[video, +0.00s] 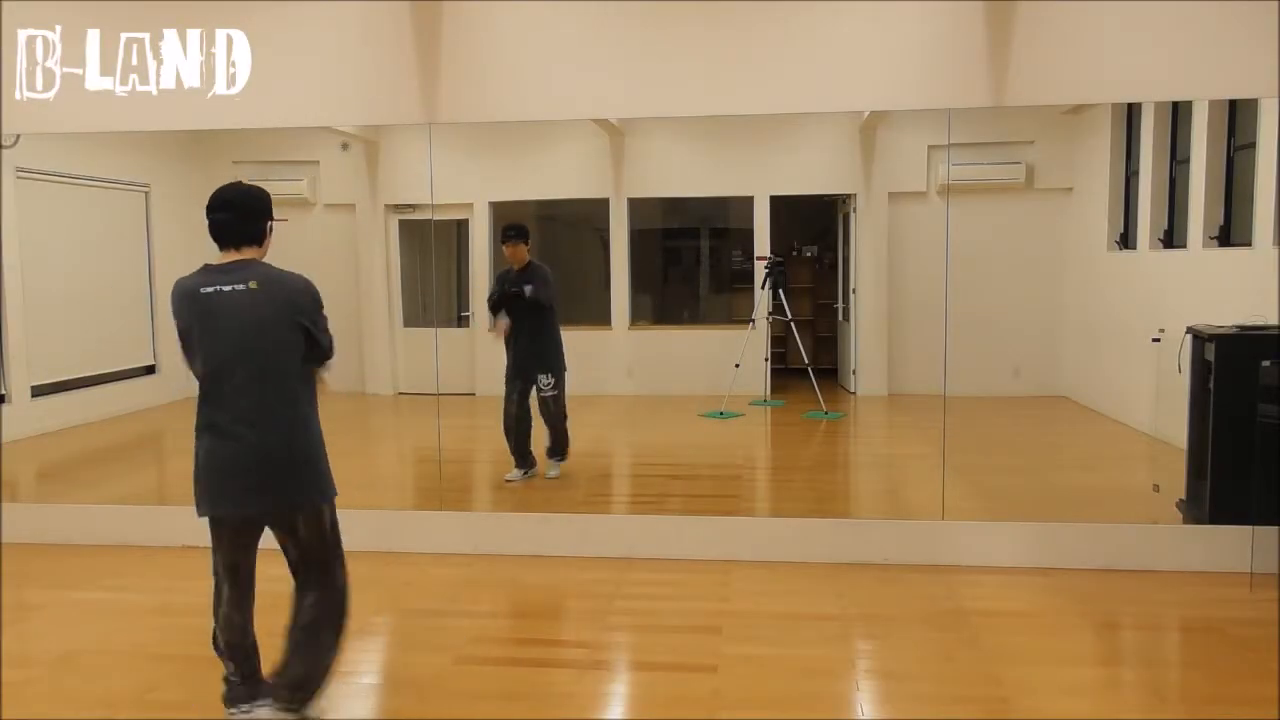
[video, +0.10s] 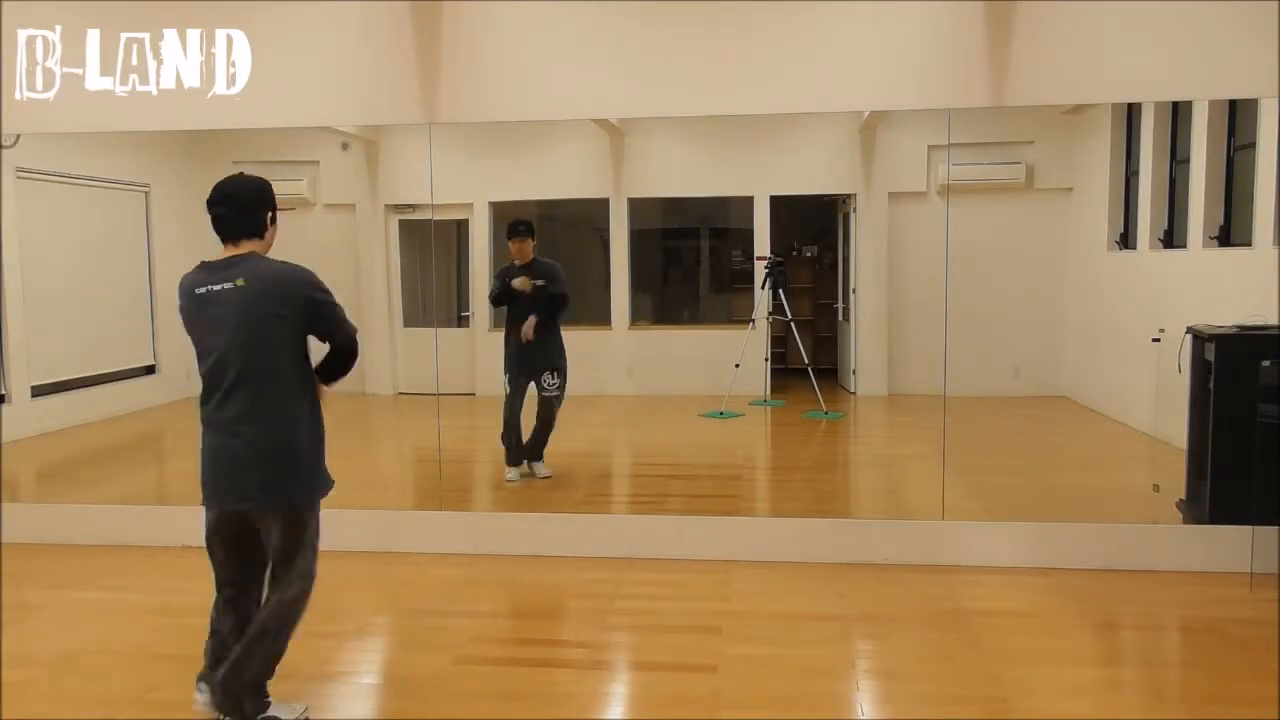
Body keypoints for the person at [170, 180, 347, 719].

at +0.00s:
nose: (272, 231)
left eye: (267, 224)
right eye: (271, 224)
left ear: (214, 233)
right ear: (267, 231)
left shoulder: (187, 292)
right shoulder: (295, 289)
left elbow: (200, 365)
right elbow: (318, 356)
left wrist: (273, 364)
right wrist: (257, 361)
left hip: (224, 468)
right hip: (292, 467)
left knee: (231, 578)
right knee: (321, 579)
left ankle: (242, 692)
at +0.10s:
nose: (277, 223)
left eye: (274, 215)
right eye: (276, 215)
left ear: (216, 226)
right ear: (268, 222)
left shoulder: (193, 287)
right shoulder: (294, 280)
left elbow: (228, 345)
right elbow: (346, 342)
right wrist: (317, 379)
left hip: (222, 463)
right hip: (289, 461)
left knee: (235, 583)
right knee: (290, 582)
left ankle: (218, 683)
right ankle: (240, 696)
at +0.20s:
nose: (285, 221)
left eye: (283, 212)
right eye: (283, 212)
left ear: (227, 218)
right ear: (273, 216)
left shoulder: (210, 278)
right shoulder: (270, 277)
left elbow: (236, 357)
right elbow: (314, 343)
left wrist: (304, 375)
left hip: (233, 458)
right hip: (275, 462)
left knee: (254, 572)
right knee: (276, 581)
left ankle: (211, 658)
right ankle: (243, 703)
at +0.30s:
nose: (288, 225)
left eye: (287, 215)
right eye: (287, 215)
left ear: (236, 217)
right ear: (273, 216)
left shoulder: (238, 274)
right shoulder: (238, 277)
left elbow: (254, 359)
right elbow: (259, 358)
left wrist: (281, 315)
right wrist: (288, 318)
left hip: (279, 459)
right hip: (263, 464)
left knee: (303, 570)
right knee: (269, 583)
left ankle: (231, 652)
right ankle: (241, 704)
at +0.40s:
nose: (290, 226)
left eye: (289, 215)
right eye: (289, 215)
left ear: (238, 216)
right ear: (274, 217)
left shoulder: (250, 279)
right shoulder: (228, 281)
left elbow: (249, 370)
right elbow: (242, 368)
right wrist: (283, 321)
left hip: (289, 464)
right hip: (254, 473)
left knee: (308, 577)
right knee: (258, 594)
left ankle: (241, 649)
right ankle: (241, 705)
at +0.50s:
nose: (292, 226)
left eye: (291, 215)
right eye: (290, 215)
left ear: (239, 215)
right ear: (275, 217)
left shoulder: (250, 279)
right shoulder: (228, 279)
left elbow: (253, 368)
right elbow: (243, 362)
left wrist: (288, 420)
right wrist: (285, 319)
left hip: (285, 463)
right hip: (251, 471)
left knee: (311, 576)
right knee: (254, 593)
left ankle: (244, 657)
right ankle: (241, 705)